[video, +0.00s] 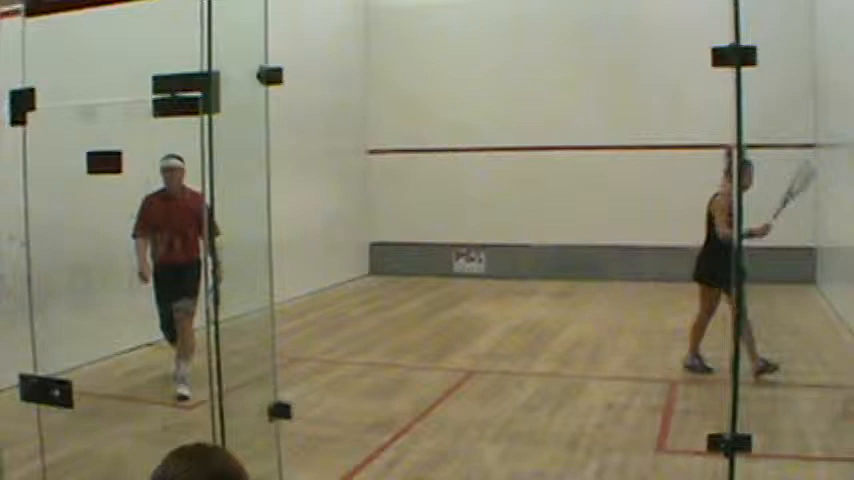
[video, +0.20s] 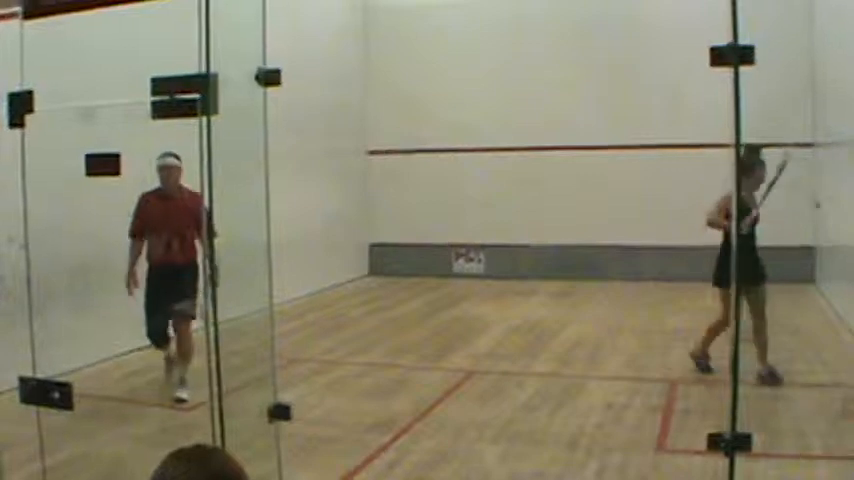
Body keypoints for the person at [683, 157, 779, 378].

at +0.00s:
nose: (750, 183)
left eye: (751, 177)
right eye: (748, 177)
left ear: (738, 176)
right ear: (736, 176)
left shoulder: (733, 200)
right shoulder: (721, 200)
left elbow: (730, 231)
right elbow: (723, 232)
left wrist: (754, 234)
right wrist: (754, 232)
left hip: (728, 260)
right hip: (713, 261)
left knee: (739, 311)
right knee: (707, 309)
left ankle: (755, 360)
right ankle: (692, 355)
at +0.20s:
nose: (763, 178)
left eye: (763, 173)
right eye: (760, 173)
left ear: (753, 175)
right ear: (748, 174)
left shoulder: (751, 199)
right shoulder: (731, 199)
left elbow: (746, 222)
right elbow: (711, 219)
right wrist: (731, 225)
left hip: (750, 258)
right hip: (731, 260)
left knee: (759, 316)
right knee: (727, 319)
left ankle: (763, 365)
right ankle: (700, 349)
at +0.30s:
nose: (771, 176)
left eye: (773, 171)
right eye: (768, 171)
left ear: (769, 172)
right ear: (756, 170)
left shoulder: (762, 194)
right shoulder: (742, 194)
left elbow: (755, 224)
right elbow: (708, 213)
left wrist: (761, 248)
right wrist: (719, 234)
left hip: (762, 256)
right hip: (745, 256)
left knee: (764, 314)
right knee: (751, 313)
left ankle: (765, 366)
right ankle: (720, 347)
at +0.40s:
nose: (778, 174)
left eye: (780, 169)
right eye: (775, 168)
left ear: (780, 171)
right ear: (764, 169)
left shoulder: (775, 196)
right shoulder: (747, 195)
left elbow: (767, 225)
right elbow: (711, 213)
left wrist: (772, 250)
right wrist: (720, 238)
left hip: (769, 256)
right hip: (748, 257)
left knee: (768, 310)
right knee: (765, 308)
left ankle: (764, 362)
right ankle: (753, 359)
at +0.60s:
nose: (784, 177)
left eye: (787, 172)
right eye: (779, 172)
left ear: (792, 174)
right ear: (770, 173)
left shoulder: (793, 200)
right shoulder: (757, 202)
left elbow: (795, 228)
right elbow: (730, 222)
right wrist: (731, 241)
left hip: (787, 261)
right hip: (764, 262)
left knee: (776, 321)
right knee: (777, 322)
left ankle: (766, 367)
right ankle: (790, 378)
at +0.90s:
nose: (785, 179)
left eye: (789, 174)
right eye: (781, 174)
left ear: (799, 173)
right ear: (777, 174)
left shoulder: (811, 200)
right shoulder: (770, 203)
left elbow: (824, 225)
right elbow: (748, 232)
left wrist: (819, 253)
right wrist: (747, 252)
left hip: (805, 267)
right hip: (778, 270)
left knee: (807, 331)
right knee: (788, 330)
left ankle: (803, 368)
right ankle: (795, 384)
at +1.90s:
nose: (753, 184)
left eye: (754, 178)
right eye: (752, 178)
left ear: (766, 176)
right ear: (769, 175)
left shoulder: (792, 200)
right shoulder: (777, 201)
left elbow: (823, 230)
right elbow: (782, 243)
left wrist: (805, 263)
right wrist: (765, 270)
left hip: (799, 279)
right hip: (782, 278)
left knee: (801, 339)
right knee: (776, 334)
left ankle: (812, 398)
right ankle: (764, 387)